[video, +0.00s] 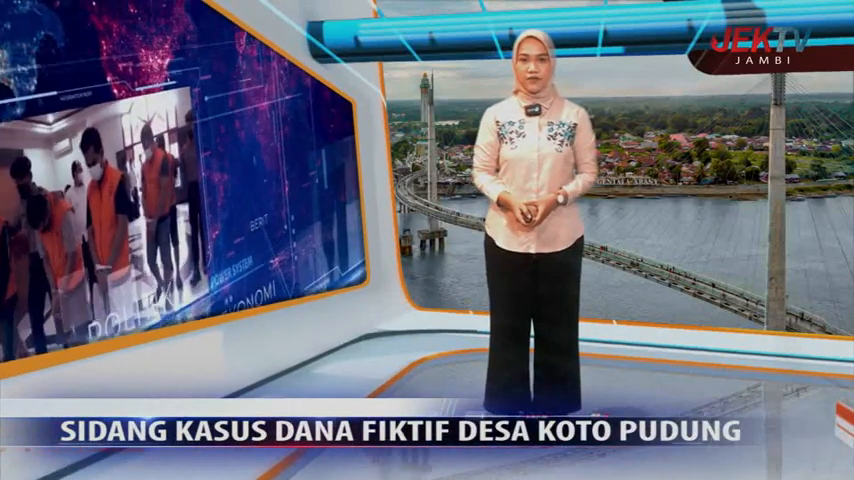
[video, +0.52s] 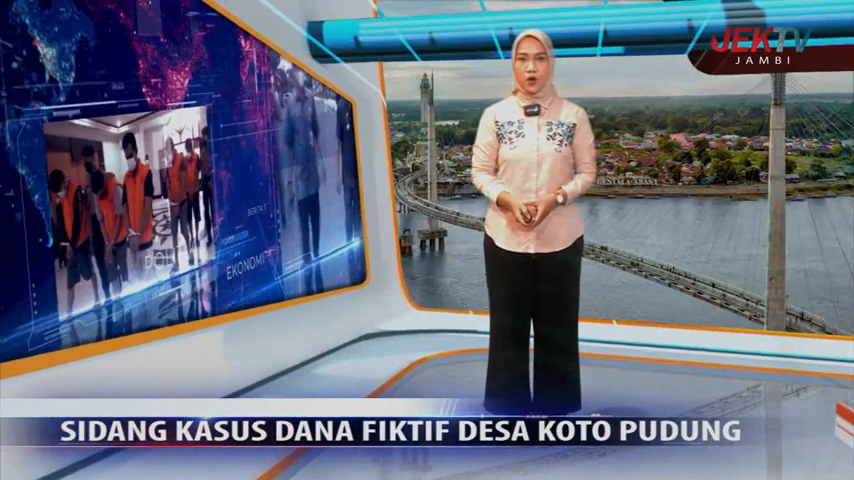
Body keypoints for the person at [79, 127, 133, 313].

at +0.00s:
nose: (91, 168)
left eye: (94, 161)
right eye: (88, 163)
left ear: (102, 154)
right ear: (84, 160)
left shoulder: (119, 179)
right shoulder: (91, 187)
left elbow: (123, 221)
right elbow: (89, 227)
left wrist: (110, 262)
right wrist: (96, 261)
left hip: (119, 260)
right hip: (100, 261)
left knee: (124, 312)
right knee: (108, 314)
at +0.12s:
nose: (104, 170)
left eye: (106, 164)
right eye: (101, 166)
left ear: (114, 157)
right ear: (98, 162)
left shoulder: (129, 181)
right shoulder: (104, 188)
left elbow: (133, 218)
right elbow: (103, 225)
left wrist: (125, 253)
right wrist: (109, 255)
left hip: (129, 253)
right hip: (113, 255)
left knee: (134, 298)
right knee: (120, 300)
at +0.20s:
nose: (111, 173)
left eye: (113, 167)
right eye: (108, 169)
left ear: (121, 161)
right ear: (105, 166)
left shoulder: (135, 182)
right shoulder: (111, 189)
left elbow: (137, 217)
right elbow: (110, 222)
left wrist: (129, 250)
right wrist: (114, 250)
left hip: (134, 248)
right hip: (119, 249)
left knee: (137, 291)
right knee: (126, 291)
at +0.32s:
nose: (117, 172)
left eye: (120, 166)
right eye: (115, 168)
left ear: (128, 162)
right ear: (112, 166)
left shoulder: (139, 181)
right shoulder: (118, 187)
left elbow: (143, 213)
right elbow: (117, 218)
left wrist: (137, 243)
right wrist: (119, 243)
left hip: (138, 244)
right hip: (124, 245)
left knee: (143, 283)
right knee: (131, 284)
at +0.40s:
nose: (122, 168)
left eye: (125, 163)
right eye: (120, 165)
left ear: (131, 159)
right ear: (117, 162)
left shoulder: (142, 179)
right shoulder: (121, 184)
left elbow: (144, 210)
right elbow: (119, 213)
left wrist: (137, 240)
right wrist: (123, 239)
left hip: (141, 240)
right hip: (127, 241)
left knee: (144, 279)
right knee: (133, 279)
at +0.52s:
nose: (128, 159)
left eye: (131, 155)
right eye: (126, 156)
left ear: (136, 151)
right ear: (124, 154)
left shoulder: (146, 173)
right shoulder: (127, 176)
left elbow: (148, 203)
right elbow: (125, 205)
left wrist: (140, 232)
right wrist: (128, 229)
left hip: (145, 235)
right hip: (132, 235)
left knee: (148, 273)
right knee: (134, 275)